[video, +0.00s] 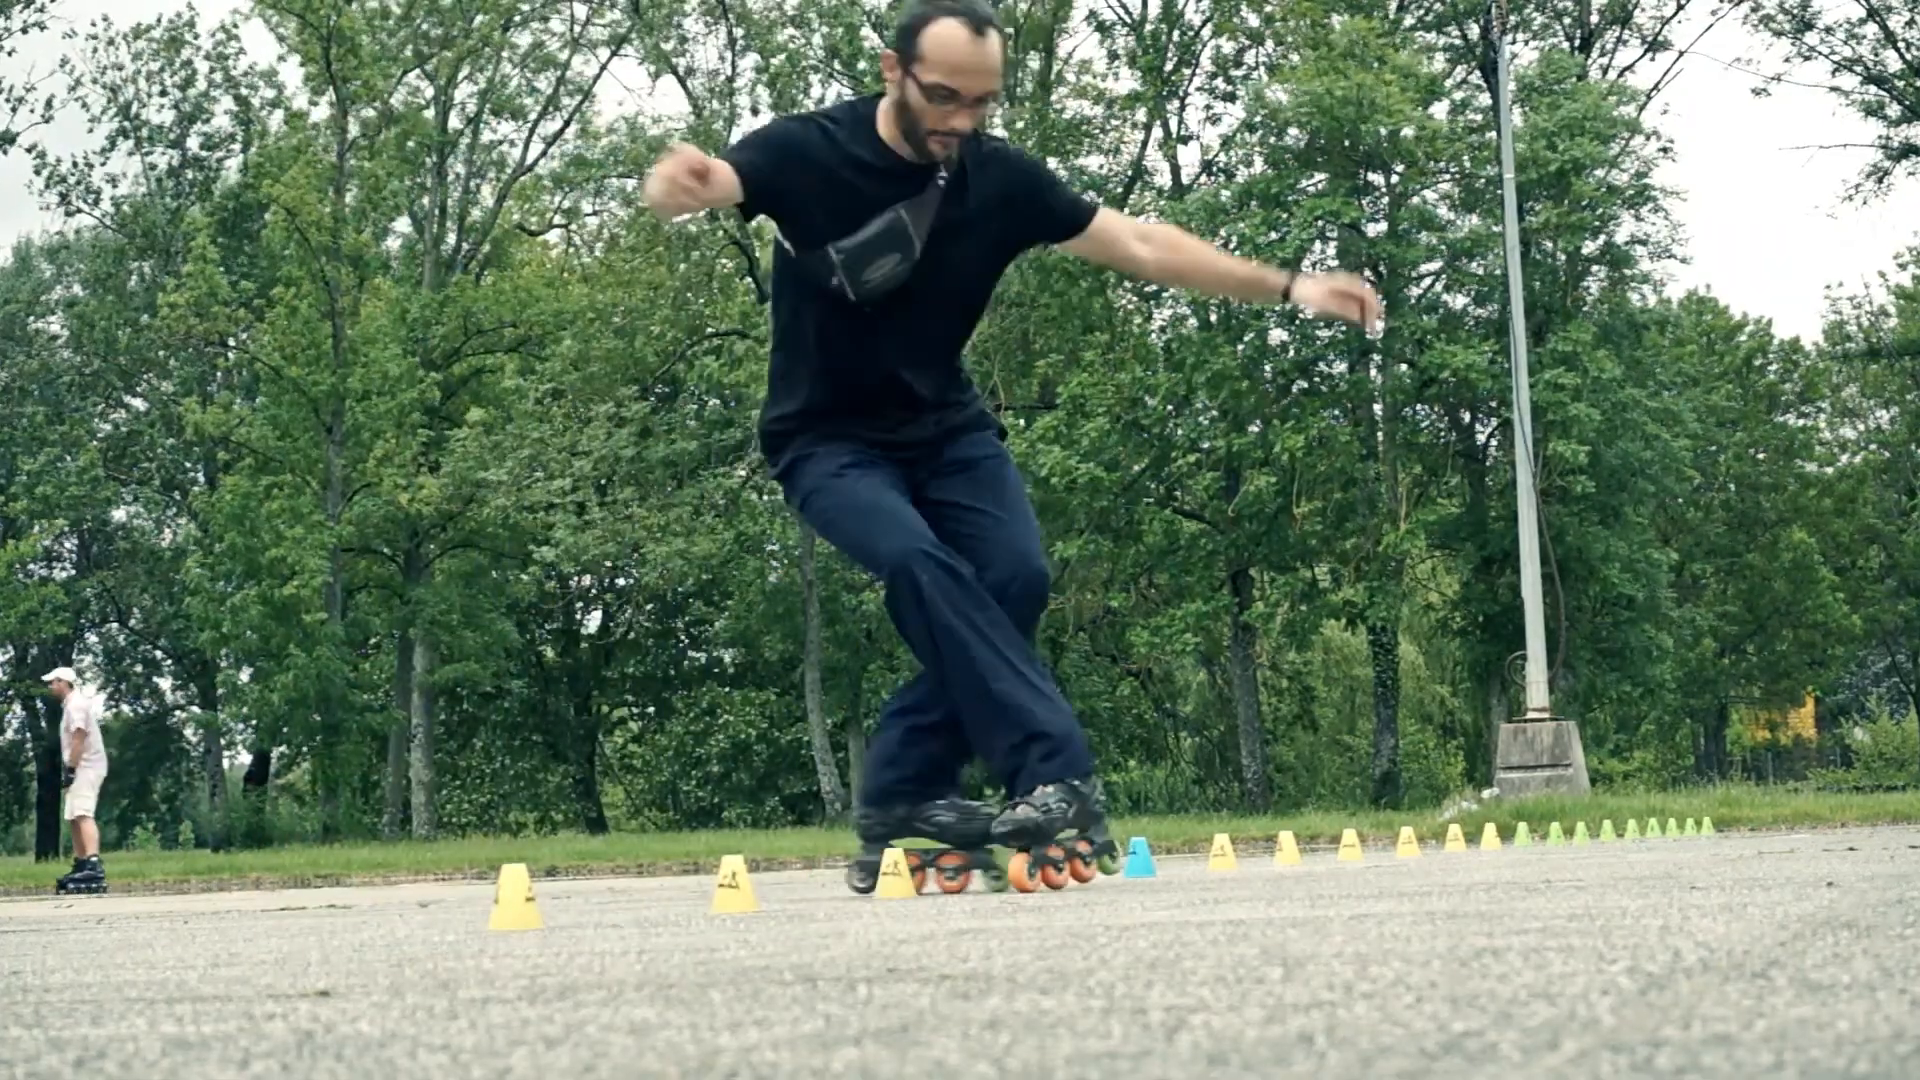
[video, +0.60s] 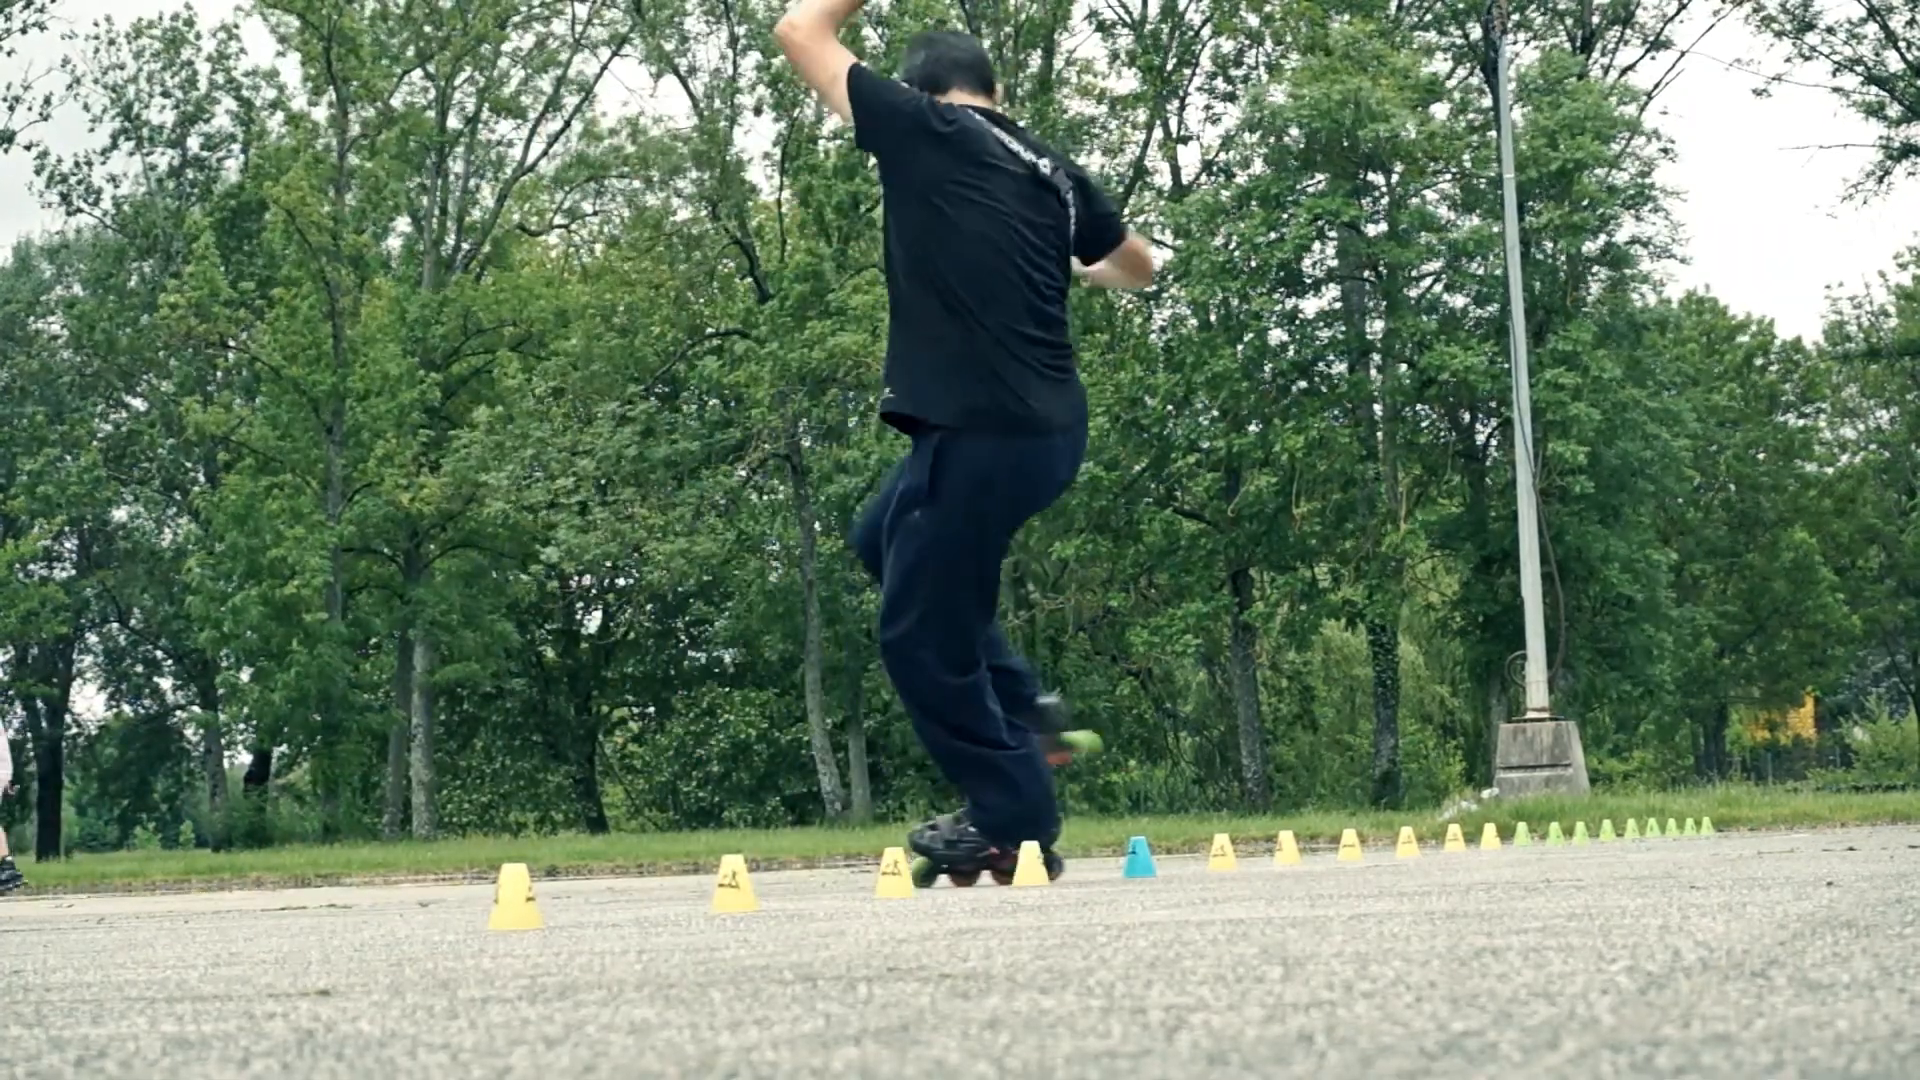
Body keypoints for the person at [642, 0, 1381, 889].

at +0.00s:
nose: (962, 123)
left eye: (983, 104)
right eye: (944, 99)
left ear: (1000, 92)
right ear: (894, 73)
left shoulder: (1004, 181)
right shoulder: (808, 151)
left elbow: (1139, 245)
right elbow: (703, 184)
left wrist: (1291, 287)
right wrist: (675, 184)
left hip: (945, 421)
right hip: (823, 431)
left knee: (1016, 572)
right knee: (911, 557)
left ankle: (902, 791)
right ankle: (1054, 772)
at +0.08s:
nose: (887, 105)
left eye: (907, 86)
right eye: (869, 84)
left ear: (939, 71)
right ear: (845, 67)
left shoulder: (986, 149)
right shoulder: (791, 146)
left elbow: (1105, 172)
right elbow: (661, 177)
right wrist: (589, 159)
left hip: (961, 431)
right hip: (838, 427)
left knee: (956, 605)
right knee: (873, 547)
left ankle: (832, 799)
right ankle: (994, 754)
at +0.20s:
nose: (810, 100)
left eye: (826, 79)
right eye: (797, 82)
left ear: (887, 57)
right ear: (790, 72)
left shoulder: (958, 135)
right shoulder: (789, 149)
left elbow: (1007, 74)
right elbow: (655, 178)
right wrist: (550, 147)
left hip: (975, 424)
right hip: (870, 405)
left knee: (875, 627)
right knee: (812, 487)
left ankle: (800, 813)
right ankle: (857, 705)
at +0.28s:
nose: (790, 100)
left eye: (799, 79)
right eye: (778, 84)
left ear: (861, 57)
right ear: (784, 81)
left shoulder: (943, 126)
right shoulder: (813, 158)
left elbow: (936, 27)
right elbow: (700, 183)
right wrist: (576, 144)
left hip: (983, 428)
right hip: (890, 408)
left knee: (865, 609)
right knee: (770, 468)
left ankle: (816, 805)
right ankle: (730, 688)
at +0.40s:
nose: (804, 113)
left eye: (804, 91)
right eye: (796, 99)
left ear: (850, 68)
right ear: (840, 87)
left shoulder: (935, 119)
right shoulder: (876, 189)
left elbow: (860, 8)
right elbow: (816, 211)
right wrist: (697, 171)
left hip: (987, 428)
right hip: (905, 415)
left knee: (875, 618)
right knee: (755, 475)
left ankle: (867, 824)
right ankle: (652, 688)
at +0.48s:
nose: (833, 106)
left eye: (838, 83)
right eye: (830, 90)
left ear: (884, 74)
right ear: (886, 88)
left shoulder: (943, 124)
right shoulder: (944, 174)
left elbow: (830, 9)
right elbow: (931, 242)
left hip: (989, 437)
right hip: (909, 426)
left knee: (891, 629)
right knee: (780, 506)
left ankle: (925, 817)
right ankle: (729, 703)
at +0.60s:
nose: (896, 113)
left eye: (900, 100)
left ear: (920, 94)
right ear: (995, 92)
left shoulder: (918, 121)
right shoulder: (1054, 170)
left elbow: (802, 33)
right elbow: (1138, 265)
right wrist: (1077, 259)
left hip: (984, 431)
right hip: (1047, 429)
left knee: (920, 636)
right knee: (878, 535)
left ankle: (1010, 815)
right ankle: (1020, 707)